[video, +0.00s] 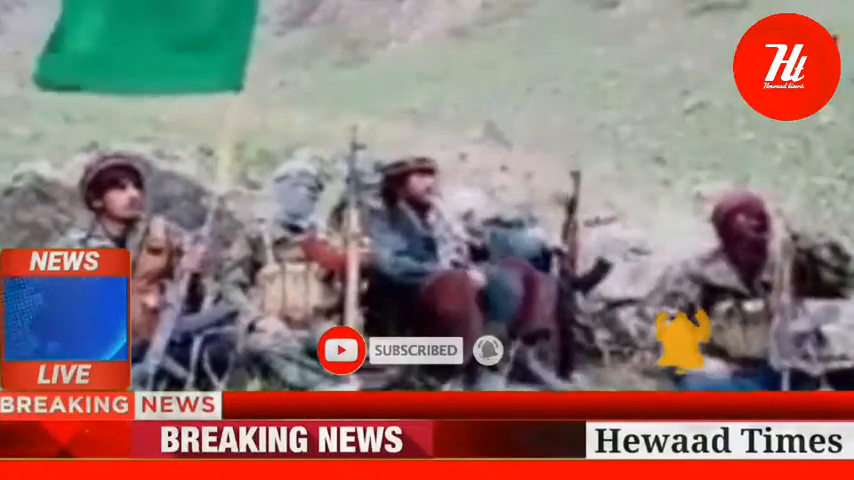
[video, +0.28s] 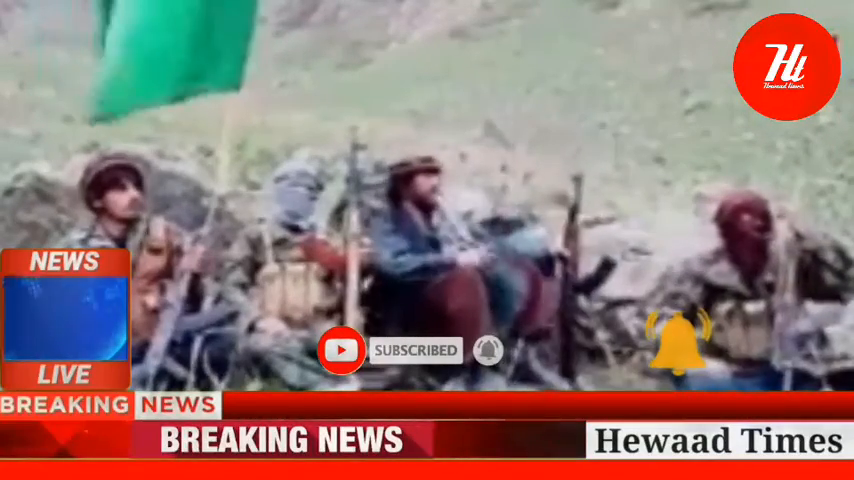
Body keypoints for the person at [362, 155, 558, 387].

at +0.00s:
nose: (429, 182)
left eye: (430, 175)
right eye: (420, 175)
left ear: (433, 180)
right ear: (400, 183)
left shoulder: (435, 214)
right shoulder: (384, 219)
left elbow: (457, 246)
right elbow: (390, 265)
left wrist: (470, 268)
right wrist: (449, 273)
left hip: (459, 275)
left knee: (539, 280)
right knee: (457, 287)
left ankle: (527, 356)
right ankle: (474, 368)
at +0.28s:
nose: (436, 182)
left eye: (436, 175)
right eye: (427, 175)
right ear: (406, 184)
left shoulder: (440, 217)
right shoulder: (387, 222)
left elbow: (464, 244)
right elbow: (392, 265)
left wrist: (477, 255)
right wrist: (453, 260)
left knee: (526, 276)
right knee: (465, 280)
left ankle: (524, 355)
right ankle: (477, 368)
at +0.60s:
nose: (439, 193)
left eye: (441, 187)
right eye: (431, 185)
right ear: (411, 188)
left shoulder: (440, 223)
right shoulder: (389, 225)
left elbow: (461, 248)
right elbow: (397, 267)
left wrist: (479, 253)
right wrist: (454, 256)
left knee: (511, 275)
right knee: (463, 279)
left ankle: (501, 346)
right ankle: (478, 367)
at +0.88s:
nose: (440, 198)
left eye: (442, 192)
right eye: (433, 190)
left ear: (442, 197)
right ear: (411, 193)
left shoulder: (441, 231)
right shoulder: (387, 232)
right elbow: (393, 264)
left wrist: (535, 270)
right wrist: (448, 245)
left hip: (450, 304)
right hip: (405, 313)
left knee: (515, 276)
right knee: (457, 273)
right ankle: (480, 358)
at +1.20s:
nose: (443, 194)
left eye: (446, 188)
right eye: (435, 185)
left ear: (447, 194)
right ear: (414, 191)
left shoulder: (451, 228)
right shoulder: (392, 231)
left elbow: (479, 272)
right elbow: (389, 271)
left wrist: (476, 252)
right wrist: (446, 257)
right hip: (405, 321)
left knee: (516, 284)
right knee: (446, 279)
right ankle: (490, 341)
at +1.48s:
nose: (458, 192)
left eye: (461, 186)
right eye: (450, 185)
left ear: (464, 192)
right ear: (431, 189)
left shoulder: (463, 229)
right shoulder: (401, 228)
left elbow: (497, 274)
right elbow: (391, 277)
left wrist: (536, 249)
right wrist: (447, 264)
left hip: (464, 300)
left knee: (520, 301)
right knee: (442, 289)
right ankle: (487, 356)